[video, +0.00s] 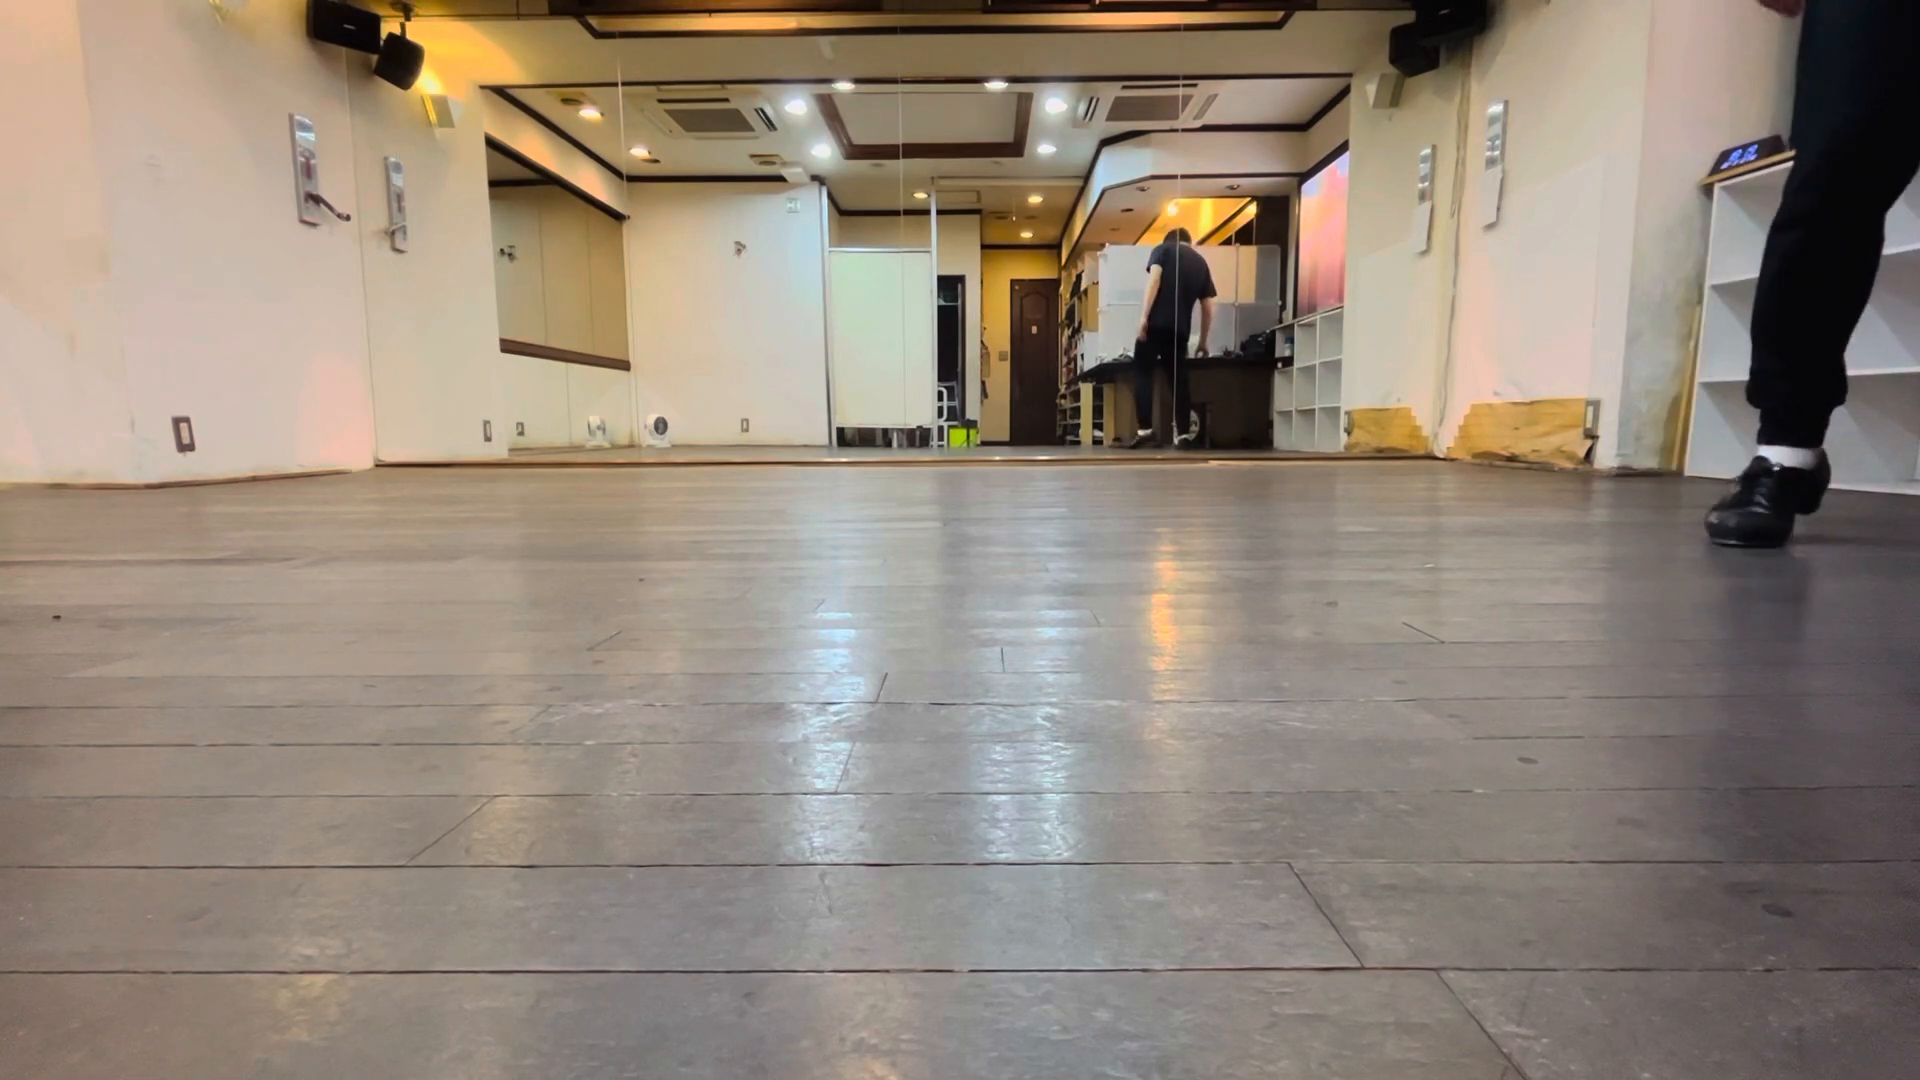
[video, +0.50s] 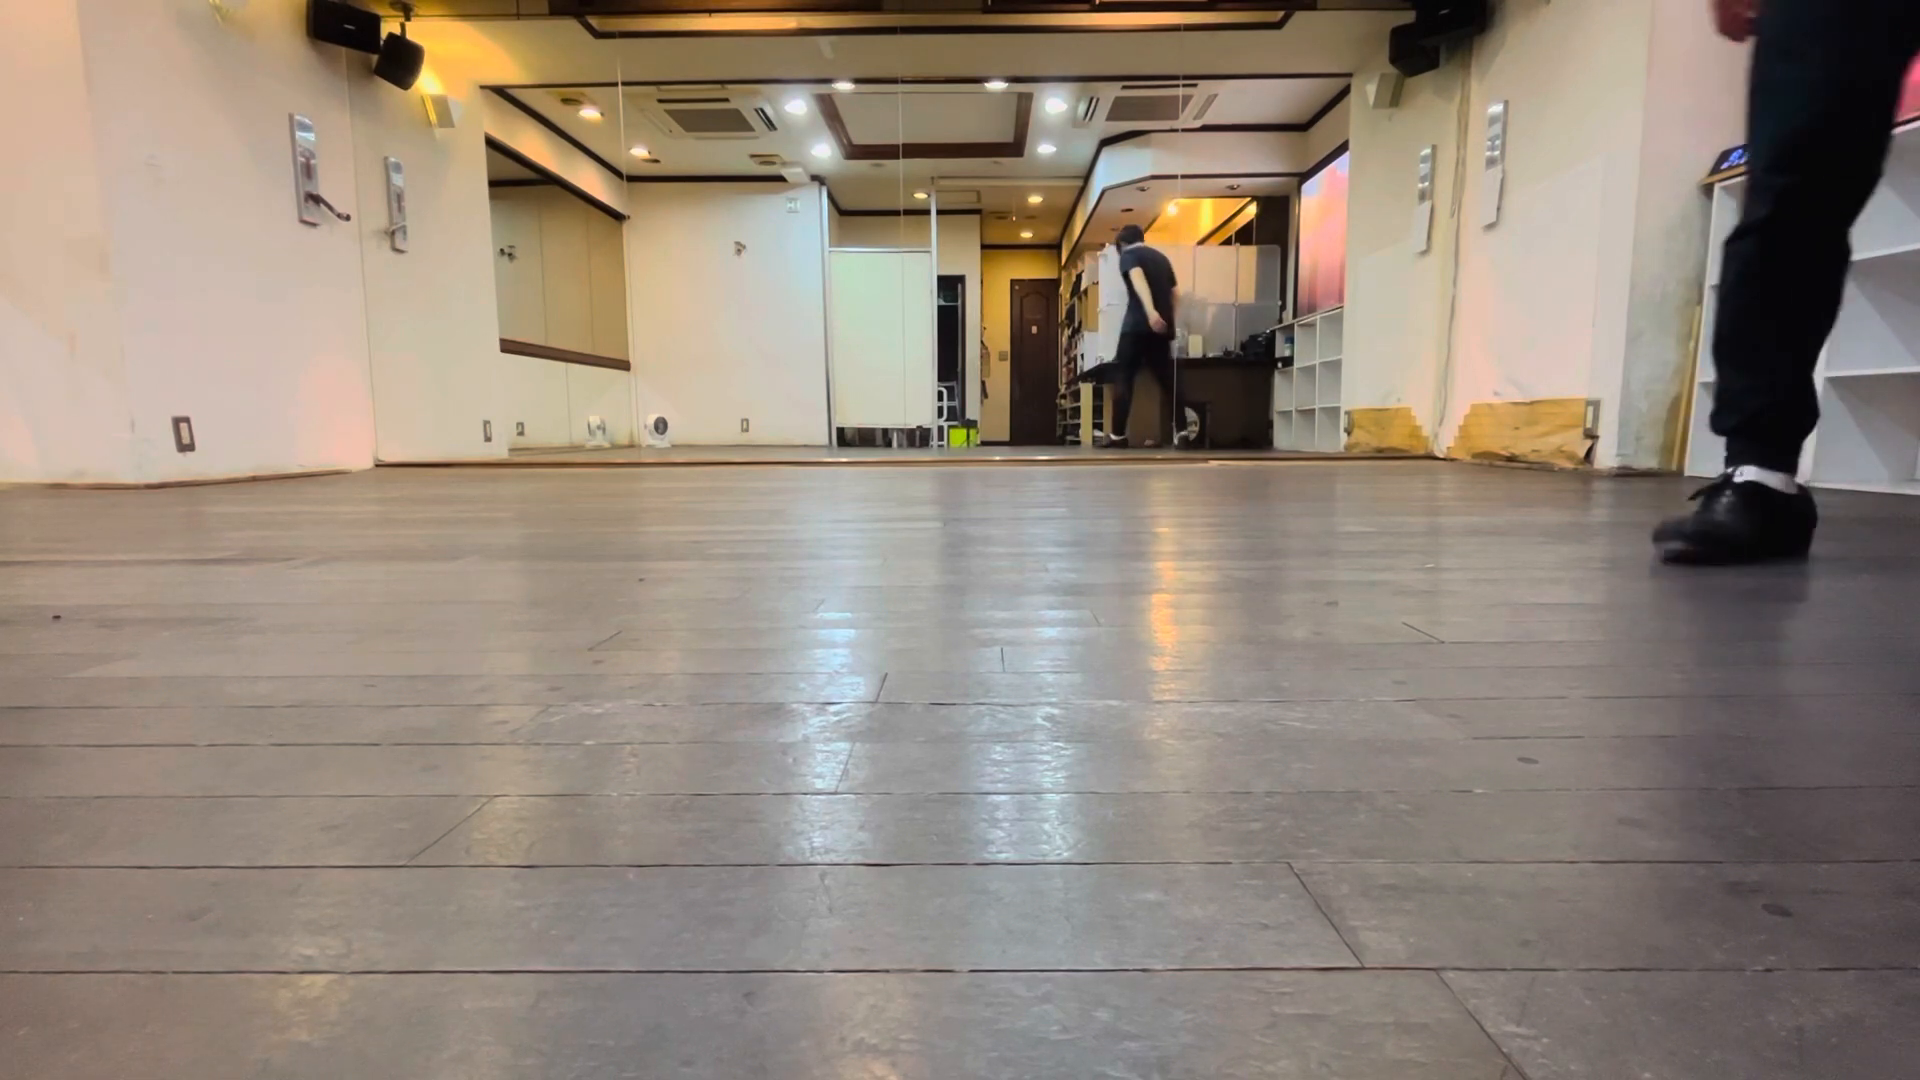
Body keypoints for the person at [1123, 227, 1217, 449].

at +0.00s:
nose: (1166, 244)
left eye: (1167, 241)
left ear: (1169, 240)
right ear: (1189, 242)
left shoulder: (1163, 249)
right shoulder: (1200, 261)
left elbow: (1154, 280)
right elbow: (1207, 307)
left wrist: (1144, 318)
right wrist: (1203, 340)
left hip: (1155, 327)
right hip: (1180, 330)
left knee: (1142, 373)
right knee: (1179, 378)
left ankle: (1144, 428)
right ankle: (1182, 432)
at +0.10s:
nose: (1160, 247)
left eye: (1161, 243)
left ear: (1164, 241)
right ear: (1183, 242)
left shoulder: (1160, 250)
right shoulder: (1196, 261)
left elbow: (1158, 280)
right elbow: (1205, 305)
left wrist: (1150, 318)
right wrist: (1201, 339)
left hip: (1154, 325)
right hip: (1179, 330)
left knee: (1139, 372)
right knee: (1178, 378)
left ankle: (1139, 428)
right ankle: (1182, 433)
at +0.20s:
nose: (1154, 250)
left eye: (1154, 245)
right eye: (1155, 246)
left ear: (1158, 242)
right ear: (1175, 242)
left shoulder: (1157, 249)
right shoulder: (1191, 260)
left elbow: (1157, 278)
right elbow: (1200, 304)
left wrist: (1158, 316)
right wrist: (1196, 334)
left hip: (1151, 326)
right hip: (1178, 329)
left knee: (1138, 374)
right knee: (1179, 379)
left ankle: (1130, 430)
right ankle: (1182, 433)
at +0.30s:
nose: (1143, 249)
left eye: (1143, 246)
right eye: (1143, 246)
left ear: (1147, 242)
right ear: (1165, 241)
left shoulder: (1150, 251)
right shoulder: (1184, 259)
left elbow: (1154, 279)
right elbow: (1195, 299)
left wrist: (1161, 315)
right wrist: (1188, 326)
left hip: (1149, 326)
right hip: (1177, 328)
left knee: (1136, 377)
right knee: (1177, 379)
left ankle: (1123, 431)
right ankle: (1182, 433)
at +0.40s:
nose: (1131, 250)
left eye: (1131, 247)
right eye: (1130, 247)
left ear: (1134, 243)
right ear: (1154, 241)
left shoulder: (1140, 253)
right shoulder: (1174, 259)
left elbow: (1148, 280)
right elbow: (1185, 294)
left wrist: (1159, 313)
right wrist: (1180, 321)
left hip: (1145, 326)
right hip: (1170, 327)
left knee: (1131, 376)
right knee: (1173, 378)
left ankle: (1120, 432)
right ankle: (1182, 432)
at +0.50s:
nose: (1119, 251)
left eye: (1119, 247)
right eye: (1119, 247)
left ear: (1123, 243)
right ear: (1141, 240)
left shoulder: (1129, 255)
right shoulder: (1160, 256)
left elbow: (1139, 280)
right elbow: (1173, 292)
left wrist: (1151, 313)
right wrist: (1169, 319)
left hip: (1136, 327)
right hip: (1161, 328)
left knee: (1123, 376)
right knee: (1167, 378)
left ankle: (1117, 433)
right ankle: (1182, 429)